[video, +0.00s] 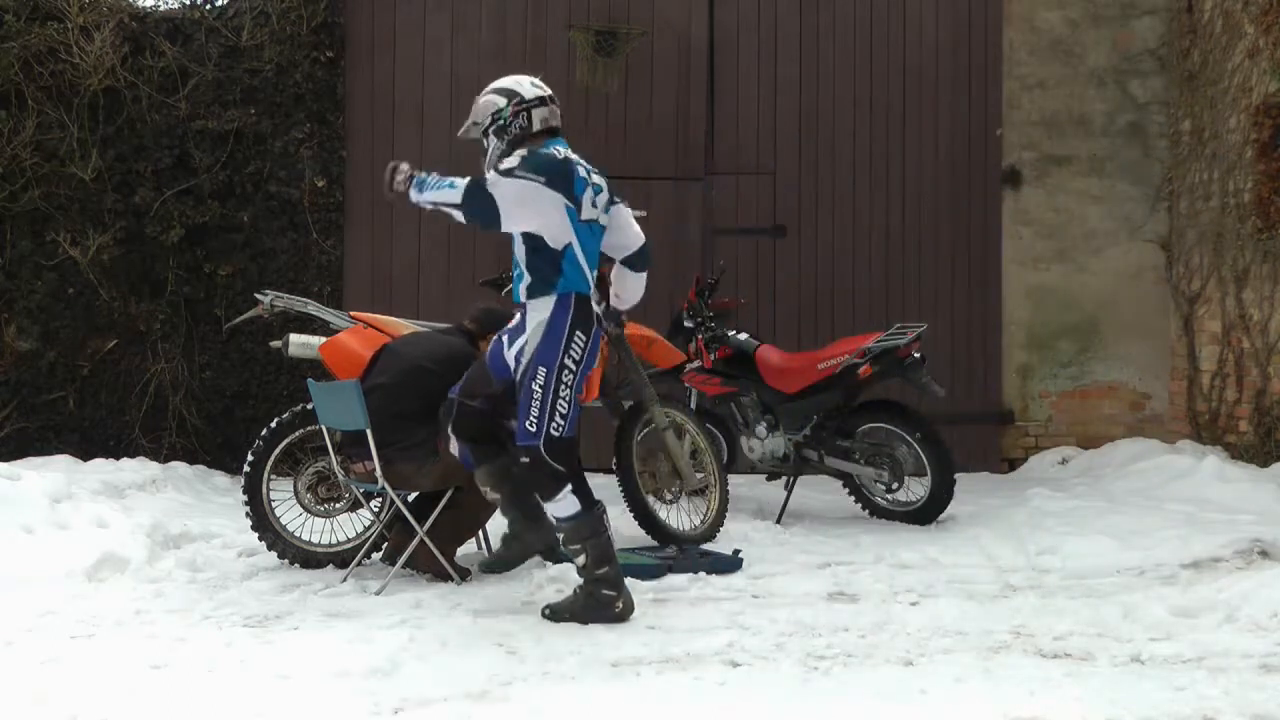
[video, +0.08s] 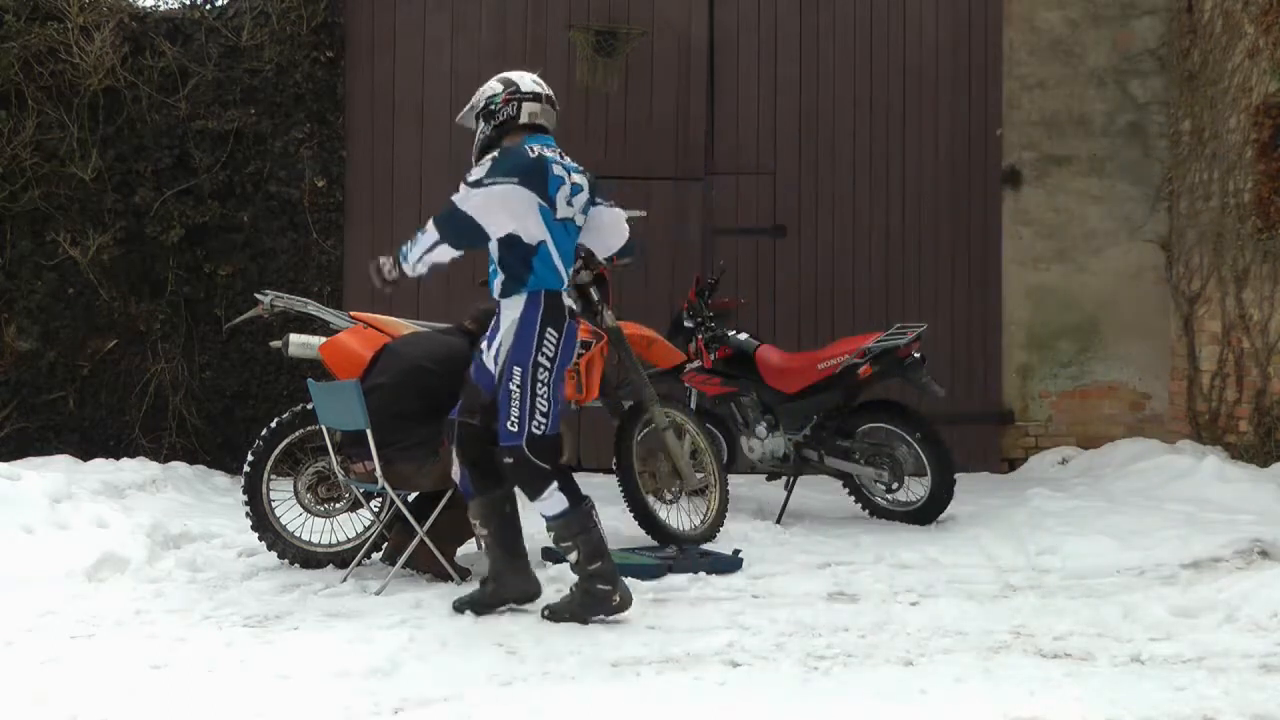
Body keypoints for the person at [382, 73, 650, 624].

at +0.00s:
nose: (486, 144)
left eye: (489, 132)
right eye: (484, 134)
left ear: (511, 125)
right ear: (542, 122)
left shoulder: (534, 166)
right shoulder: (578, 170)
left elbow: (480, 199)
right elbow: (632, 244)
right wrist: (619, 304)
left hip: (564, 317)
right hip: (543, 316)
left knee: (541, 450)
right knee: (467, 410)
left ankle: (604, 586)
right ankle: (527, 526)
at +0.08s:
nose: (477, 132)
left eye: (481, 121)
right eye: (478, 122)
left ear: (498, 116)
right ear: (540, 117)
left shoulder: (506, 165)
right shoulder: (566, 168)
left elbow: (451, 229)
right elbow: (612, 232)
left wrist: (400, 262)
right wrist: (593, 258)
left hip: (536, 316)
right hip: (524, 315)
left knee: (525, 451)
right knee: (472, 433)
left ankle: (600, 580)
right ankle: (508, 572)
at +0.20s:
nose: (461, 137)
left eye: (466, 126)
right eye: (463, 127)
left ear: (482, 122)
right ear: (523, 130)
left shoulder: (496, 173)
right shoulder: (544, 179)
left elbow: (485, 260)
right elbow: (573, 232)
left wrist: (455, 341)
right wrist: (567, 175)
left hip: (507, 326)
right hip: (530, 325)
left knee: (439, 447)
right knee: (478, 446)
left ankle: (548, 533)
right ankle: (509, 578)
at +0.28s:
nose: (443, 148)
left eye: (444, 136)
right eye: (445, 138)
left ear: (457, 126)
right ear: (501, 128)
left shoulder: (490, 174)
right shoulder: (519, 171)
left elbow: (502, 258)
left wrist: (477, 335)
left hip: (486, 331)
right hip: (513, 332)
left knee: (392, 424)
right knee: (477, 442)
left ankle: (490, 502)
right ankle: (511, 579)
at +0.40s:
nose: (414, 145)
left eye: (414, 132)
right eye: (411, 135)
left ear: (432, 120)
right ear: (469, 115)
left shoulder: (476, 162)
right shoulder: (469, 170)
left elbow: (506, 240)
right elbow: (486, 250)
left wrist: (463, 294)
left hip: (466, 320)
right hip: (483, 324)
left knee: (371, 410)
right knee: (474, 451)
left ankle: (427, 532)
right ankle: (512, 579)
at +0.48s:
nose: (403, 124)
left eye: (406, 112)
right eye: (402, 114)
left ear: (425, 106)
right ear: (457, 105)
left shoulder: (455, 159)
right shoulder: (470, 156)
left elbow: (468, 233)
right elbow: (469, 237)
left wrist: (412, 232)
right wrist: (412, 238)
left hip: (449, 309)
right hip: (473, 311)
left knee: (381, 420)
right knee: (464, 441)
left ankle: (409, 574)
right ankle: (509, 575)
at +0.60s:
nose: (381, 121)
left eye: (385, 111)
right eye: (383, 111)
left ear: (401, 114)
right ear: (440, 118)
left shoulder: (431, 167)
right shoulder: (450, 171)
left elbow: (405, 216)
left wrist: (345, 148)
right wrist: (353, 161)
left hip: (427, 314)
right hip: (440, 314)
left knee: (375, 448)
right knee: (392, 445)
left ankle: (413, 597)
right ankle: (477, 543)